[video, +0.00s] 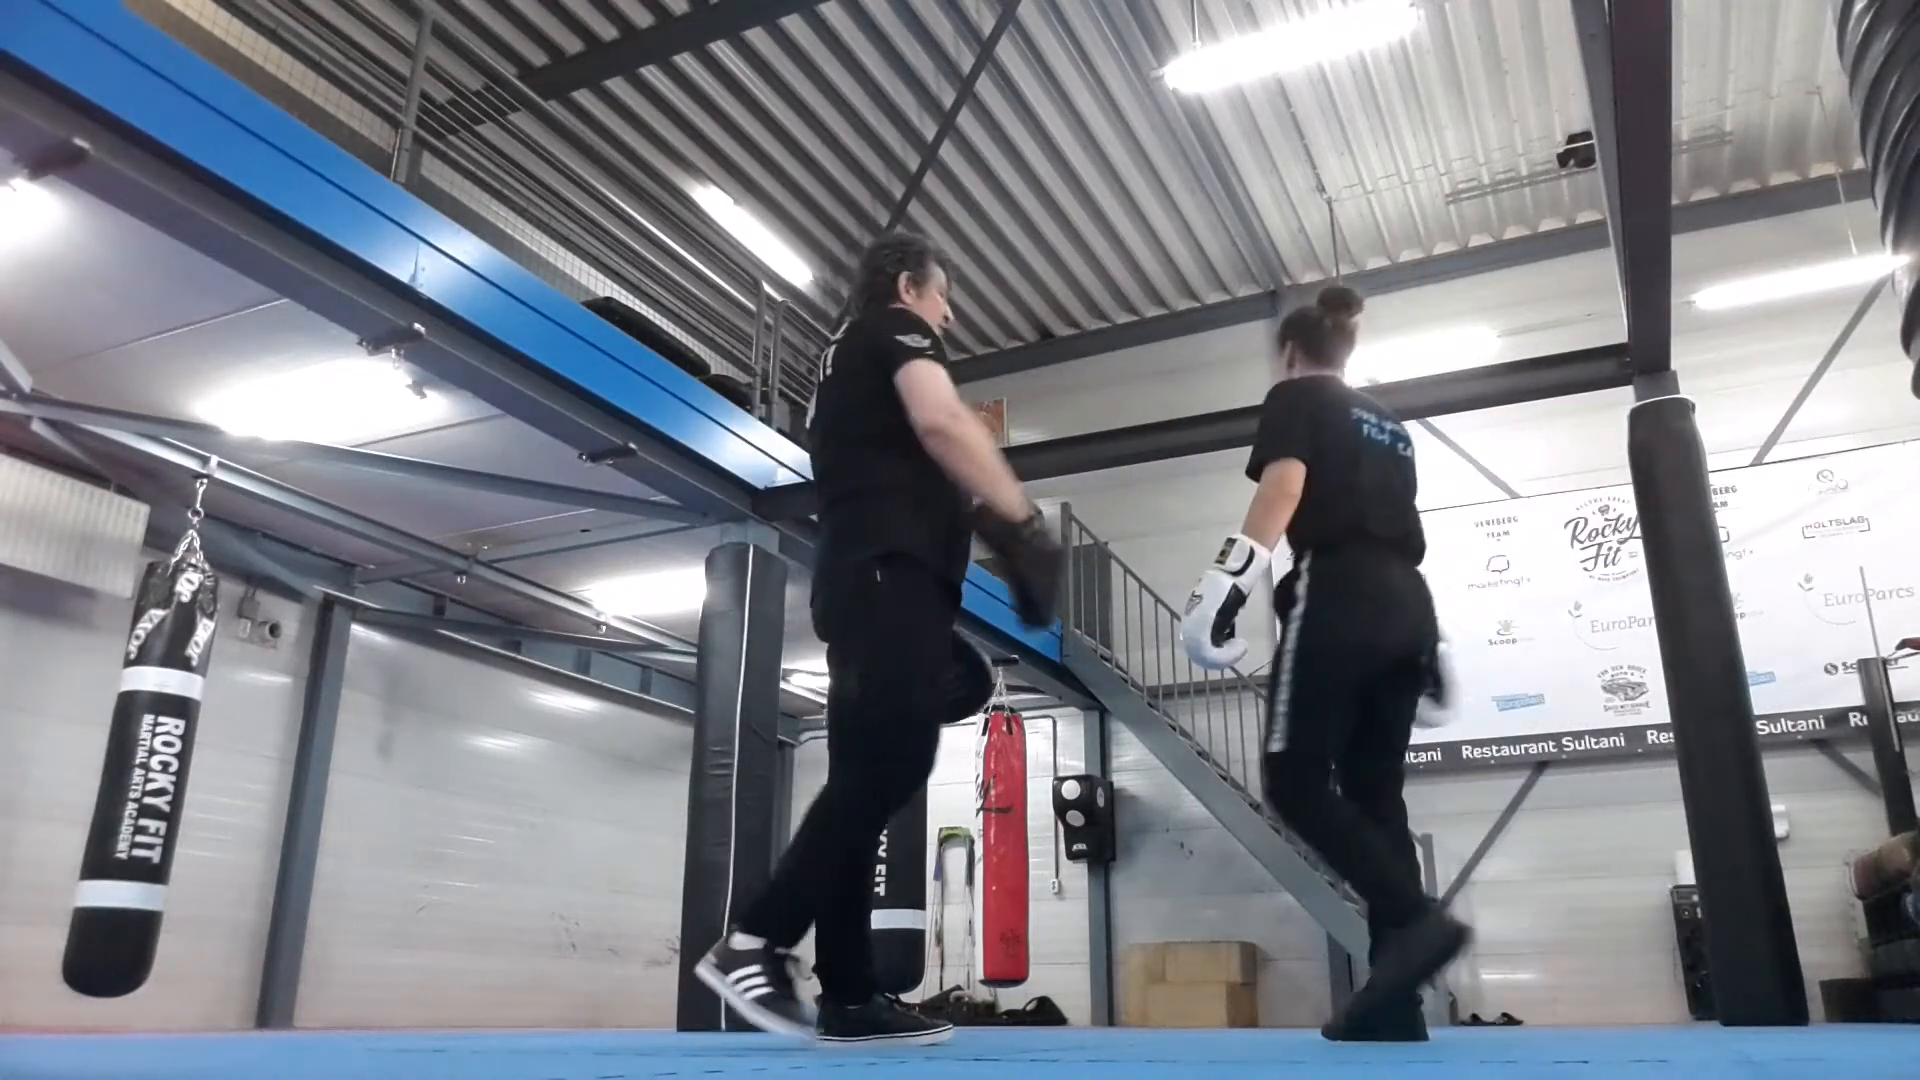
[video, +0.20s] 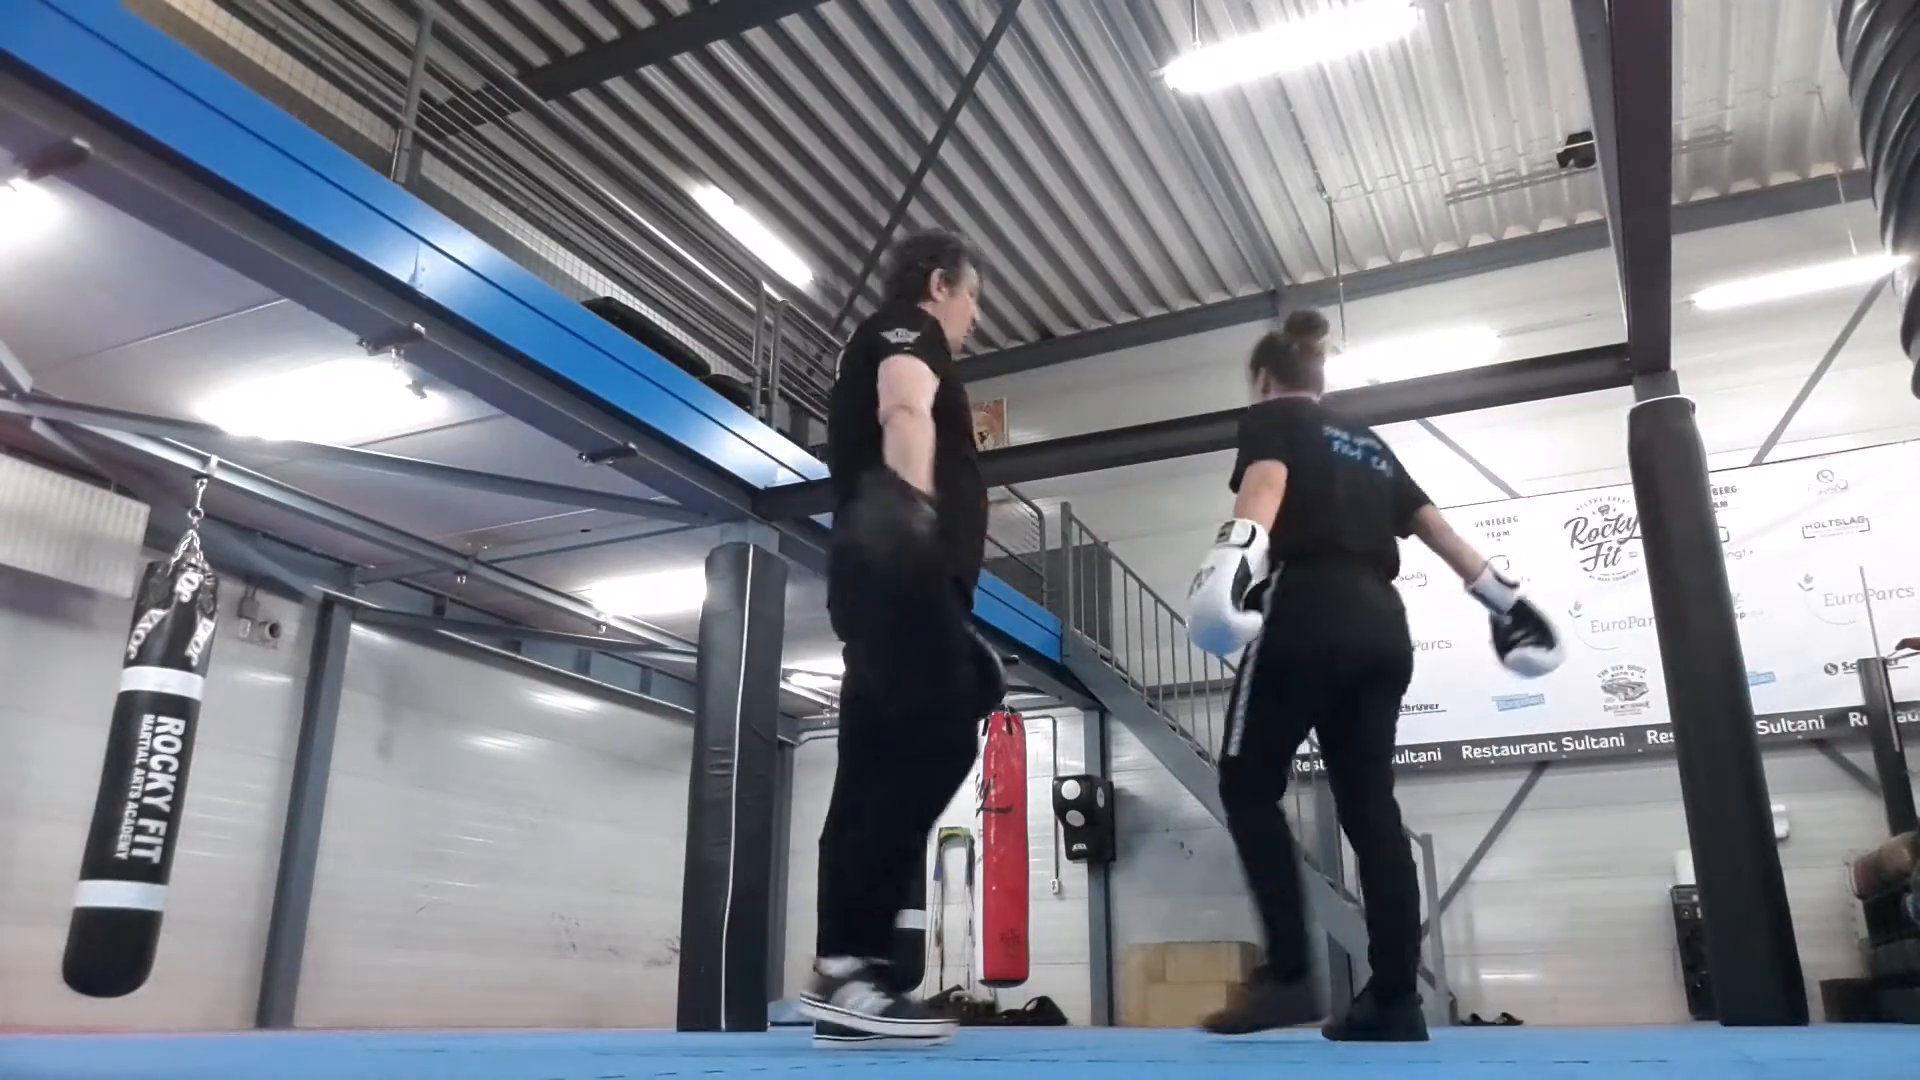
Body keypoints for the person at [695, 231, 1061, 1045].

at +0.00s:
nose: (948, 311)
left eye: (948, 298)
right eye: (943, 295)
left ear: (882, 293)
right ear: (907, 287)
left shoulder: (857, 356)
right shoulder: (894, 329)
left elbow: (904, 475)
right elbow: (941, 423)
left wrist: (972, 439)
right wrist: (1024, 523)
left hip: (864, 582)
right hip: (887, 580)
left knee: (860, 787)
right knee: (884, 773)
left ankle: (849, 995)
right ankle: (752, 946)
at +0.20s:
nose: (975, 315)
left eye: (976, 301)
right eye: (972, 298)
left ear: (918, 287)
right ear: (938, 285)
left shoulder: (887, 345)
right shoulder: (909, 334)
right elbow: (903, 414)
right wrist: (918, 512)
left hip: (881, 579)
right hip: (897, 579)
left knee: (874, 777)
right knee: (914, 759)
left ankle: (848, 978)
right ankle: (860, 981)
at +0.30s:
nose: (996, 322)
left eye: (1000, 308)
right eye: (995, 303)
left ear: (956, 290)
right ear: (961, 286)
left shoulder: (932, 364)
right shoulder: (913, 329)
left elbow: (929, 496)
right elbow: (882, 400)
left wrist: (967, 618)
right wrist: (869, 493)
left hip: (907, 591)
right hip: (909, 587)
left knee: (870, 791)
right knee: (954, 751)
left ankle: (849, 997)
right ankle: (918, 975)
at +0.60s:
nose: (1063, 308)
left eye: (1065, 293)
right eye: (1063, 289)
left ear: (1009, 270)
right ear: (1036, 274)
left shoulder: (970, 336)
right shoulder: (980, 314)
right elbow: (949, 392)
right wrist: (938, 499)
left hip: (960, 589)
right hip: (991, 589)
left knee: (923, 783)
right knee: (1033, 773)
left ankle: (856, 992)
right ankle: (1021, 988)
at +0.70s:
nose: (1086, 294)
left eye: (1086, 279)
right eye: (1085, 277)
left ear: (1017, 264)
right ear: (1061, 268)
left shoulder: (983, 330)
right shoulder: (1017, 311)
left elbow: (939, 466)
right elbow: (1006, 390)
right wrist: (1026, 501)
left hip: (979, 574)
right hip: (1022, 571)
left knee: (996, 784)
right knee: (1056, 779)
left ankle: (879, 974)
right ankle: (1026, 992)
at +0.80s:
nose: (1109, 285)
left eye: (1108, 269)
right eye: (1108, 267)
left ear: (1030, 259)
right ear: (1087, 259)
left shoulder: (981, 348)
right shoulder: (1046, 298)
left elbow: (991, 481)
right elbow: (1071, 400)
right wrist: (1127, 498)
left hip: (1008, 584)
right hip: (1051, 579)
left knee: (1057, 784)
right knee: (1072, 784)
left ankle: (931, 951)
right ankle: (1024, 995)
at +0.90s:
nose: (1133, 268)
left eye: (1132, 255)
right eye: (1132, 254)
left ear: (1049, 251)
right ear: (1113, 248)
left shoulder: (997, 348)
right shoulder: (1079, 291)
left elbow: (1021, 484)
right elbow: (1135, 400)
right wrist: (1219, 503)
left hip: (1037, 579)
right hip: (1077, 576)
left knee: (1111, 757)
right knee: (1076, 770)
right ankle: (1023, 990)